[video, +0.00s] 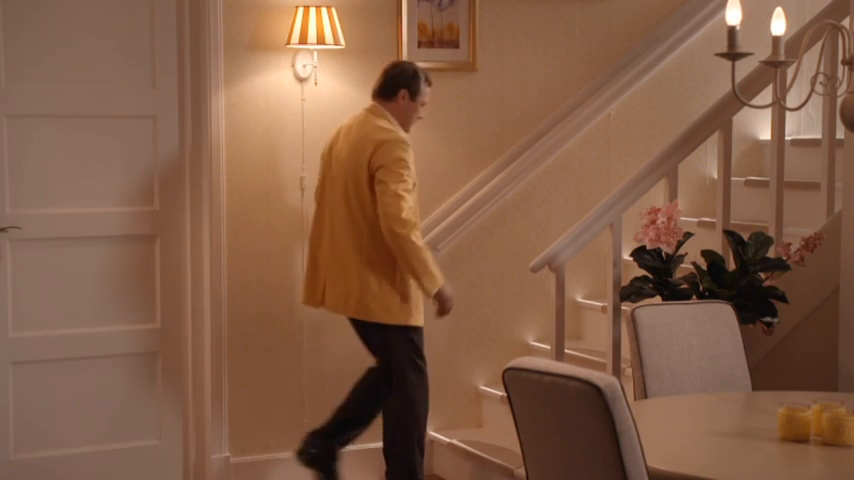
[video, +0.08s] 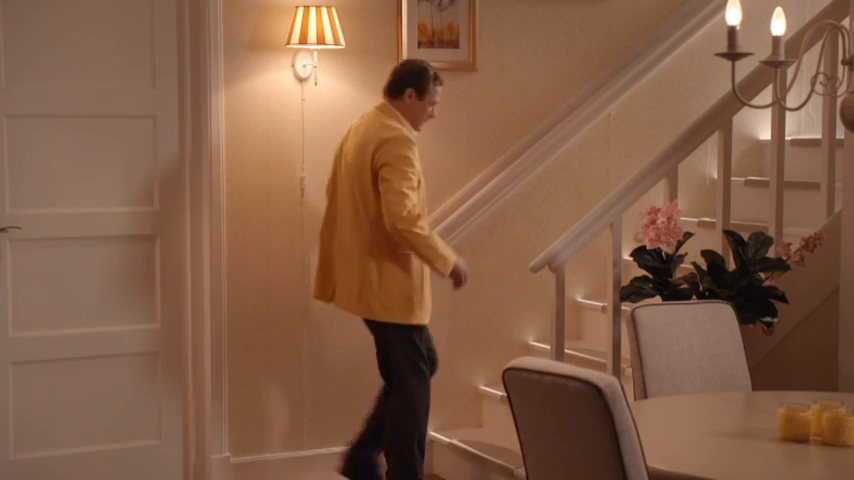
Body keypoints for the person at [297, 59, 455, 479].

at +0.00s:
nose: (422, 114)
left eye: (424, 104)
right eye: (421, 103)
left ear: (390, 96)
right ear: (402, 97)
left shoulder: (344, 134)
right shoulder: (391, 143)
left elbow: (327, 207)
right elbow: (399, 224)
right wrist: (436, 284)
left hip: (347, 279)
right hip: (383, 285)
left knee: (391, 366)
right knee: (409, 379)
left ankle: (324, 444)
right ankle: (405, 473)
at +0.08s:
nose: (433, 114)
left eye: (436, 104)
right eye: (431, 103)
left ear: (402, 96)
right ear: (409, 96)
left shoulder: (363, 127)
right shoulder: (395, 139)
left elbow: (339, 199)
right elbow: (403, 218)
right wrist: (448, 261)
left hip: (366, 276)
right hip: (387, 281)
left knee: (420, 362)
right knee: (411, 376)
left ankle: (363, 458)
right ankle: (406, 473)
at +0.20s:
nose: (446, 109)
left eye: (447, 101)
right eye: (440, 100)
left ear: (413, 97)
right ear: (413, 95)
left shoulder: (393, 131)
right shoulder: (396, 136)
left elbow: (358, 203)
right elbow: (388, 207)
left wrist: (348, 265)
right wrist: (439, 236)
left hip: (410, 286)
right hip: (395, 288)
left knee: (434, 380)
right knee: (411, 384)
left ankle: (426, 473)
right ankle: (405, 475)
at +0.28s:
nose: (448, 109)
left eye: (450, 100)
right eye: (440, 101)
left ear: (431, 98)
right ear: (412, 95)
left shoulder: (423, 134)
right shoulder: (391, 134)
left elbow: (406, 202)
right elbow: (369, 201)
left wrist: (358, 257)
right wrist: (423, 232)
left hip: (421, 277)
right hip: (393, 282)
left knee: (439, 378)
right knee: (412, 382)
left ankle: (435, 471)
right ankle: (404, 474)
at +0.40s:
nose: (445, 108)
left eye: (449, 99)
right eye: (434, 100)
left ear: (453, 95)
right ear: (410, 98)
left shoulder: (441, 135)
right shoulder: (387, 134)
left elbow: (434, 190)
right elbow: (340, 187)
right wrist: (392, 231)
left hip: (438, 267)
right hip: (398, 271)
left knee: (441, 377)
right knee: (413, 379)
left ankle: (435, 472)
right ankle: (404, 474)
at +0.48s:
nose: (437, 110)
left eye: (443, 100)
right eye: (427, 102)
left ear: (452, 94)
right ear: (409, 98)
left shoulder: (461, 125)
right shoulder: (386, 132)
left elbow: (470, 165)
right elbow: (329, 175)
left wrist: (464, 205)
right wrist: (369, 224)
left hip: (443, 267)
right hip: (398, 265)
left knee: (440, 373)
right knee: (409, 372)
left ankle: (434, 471)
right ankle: (403, 473)